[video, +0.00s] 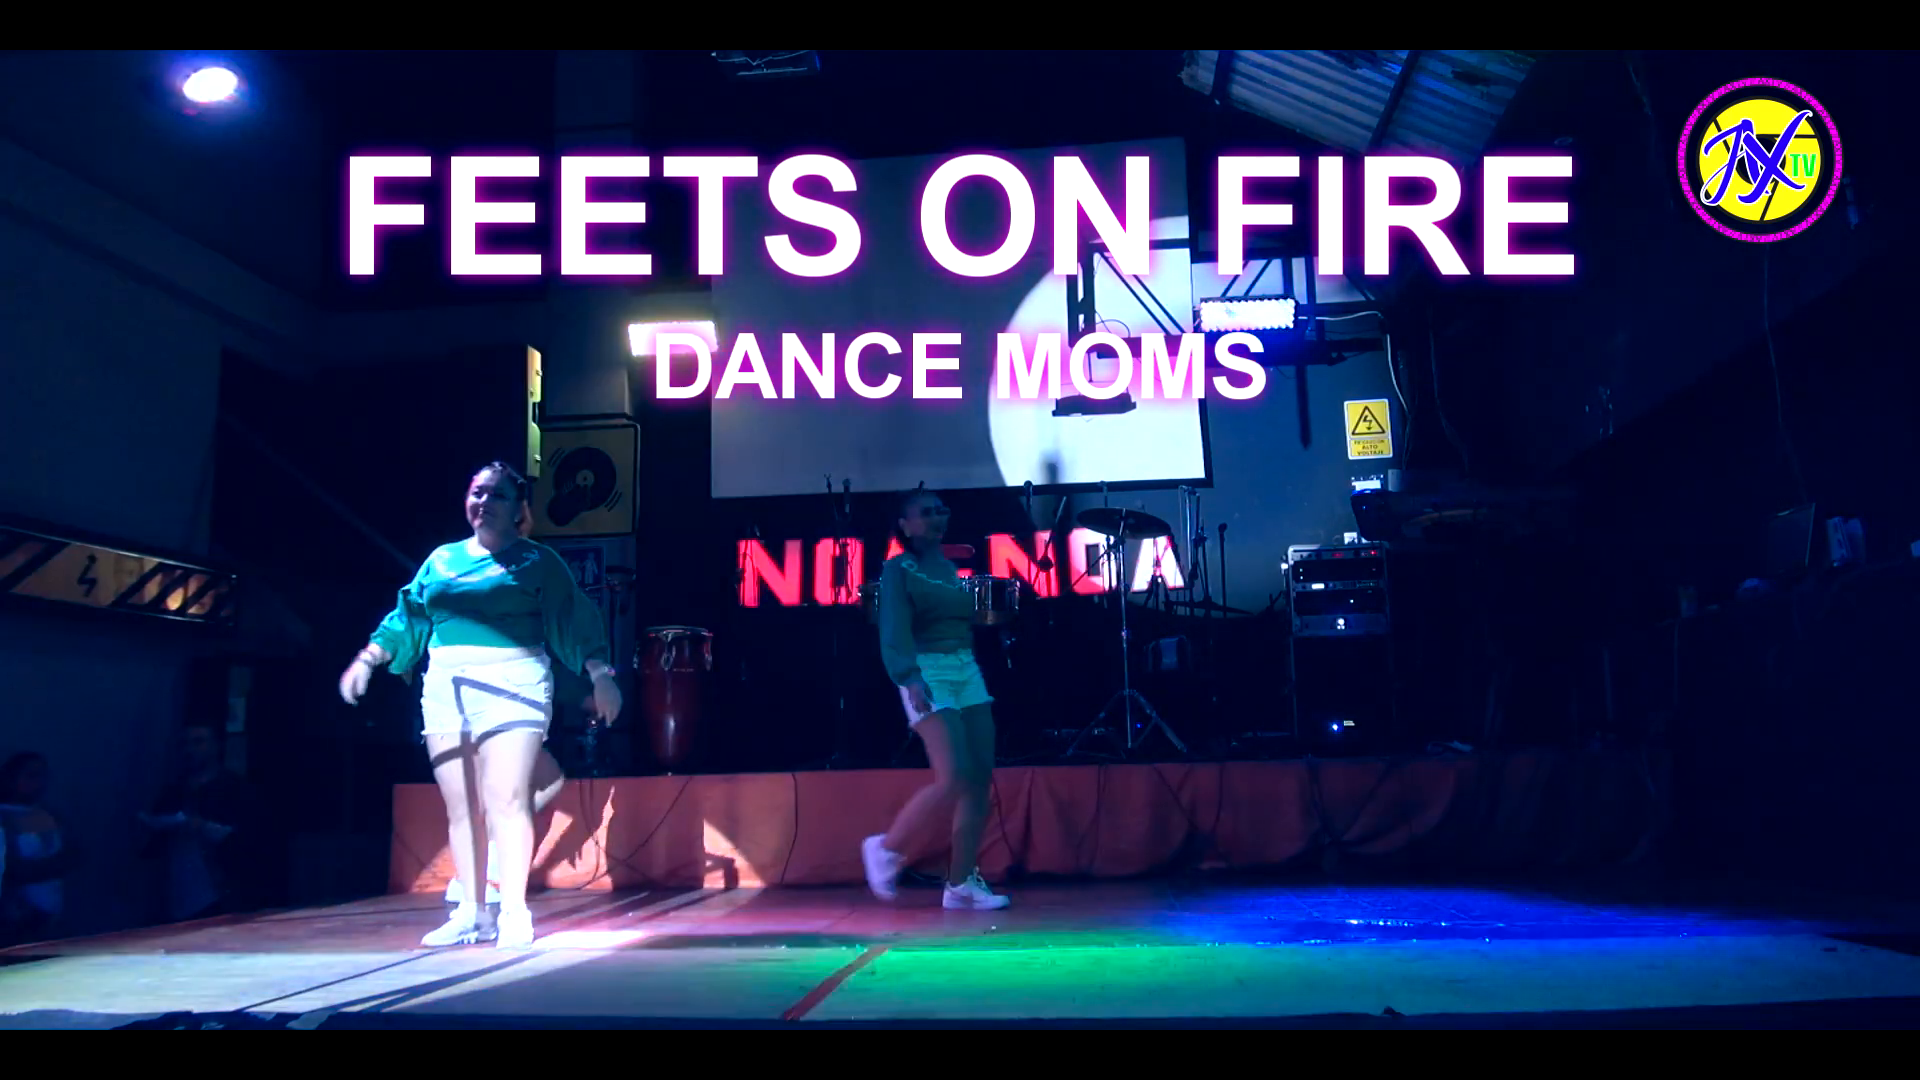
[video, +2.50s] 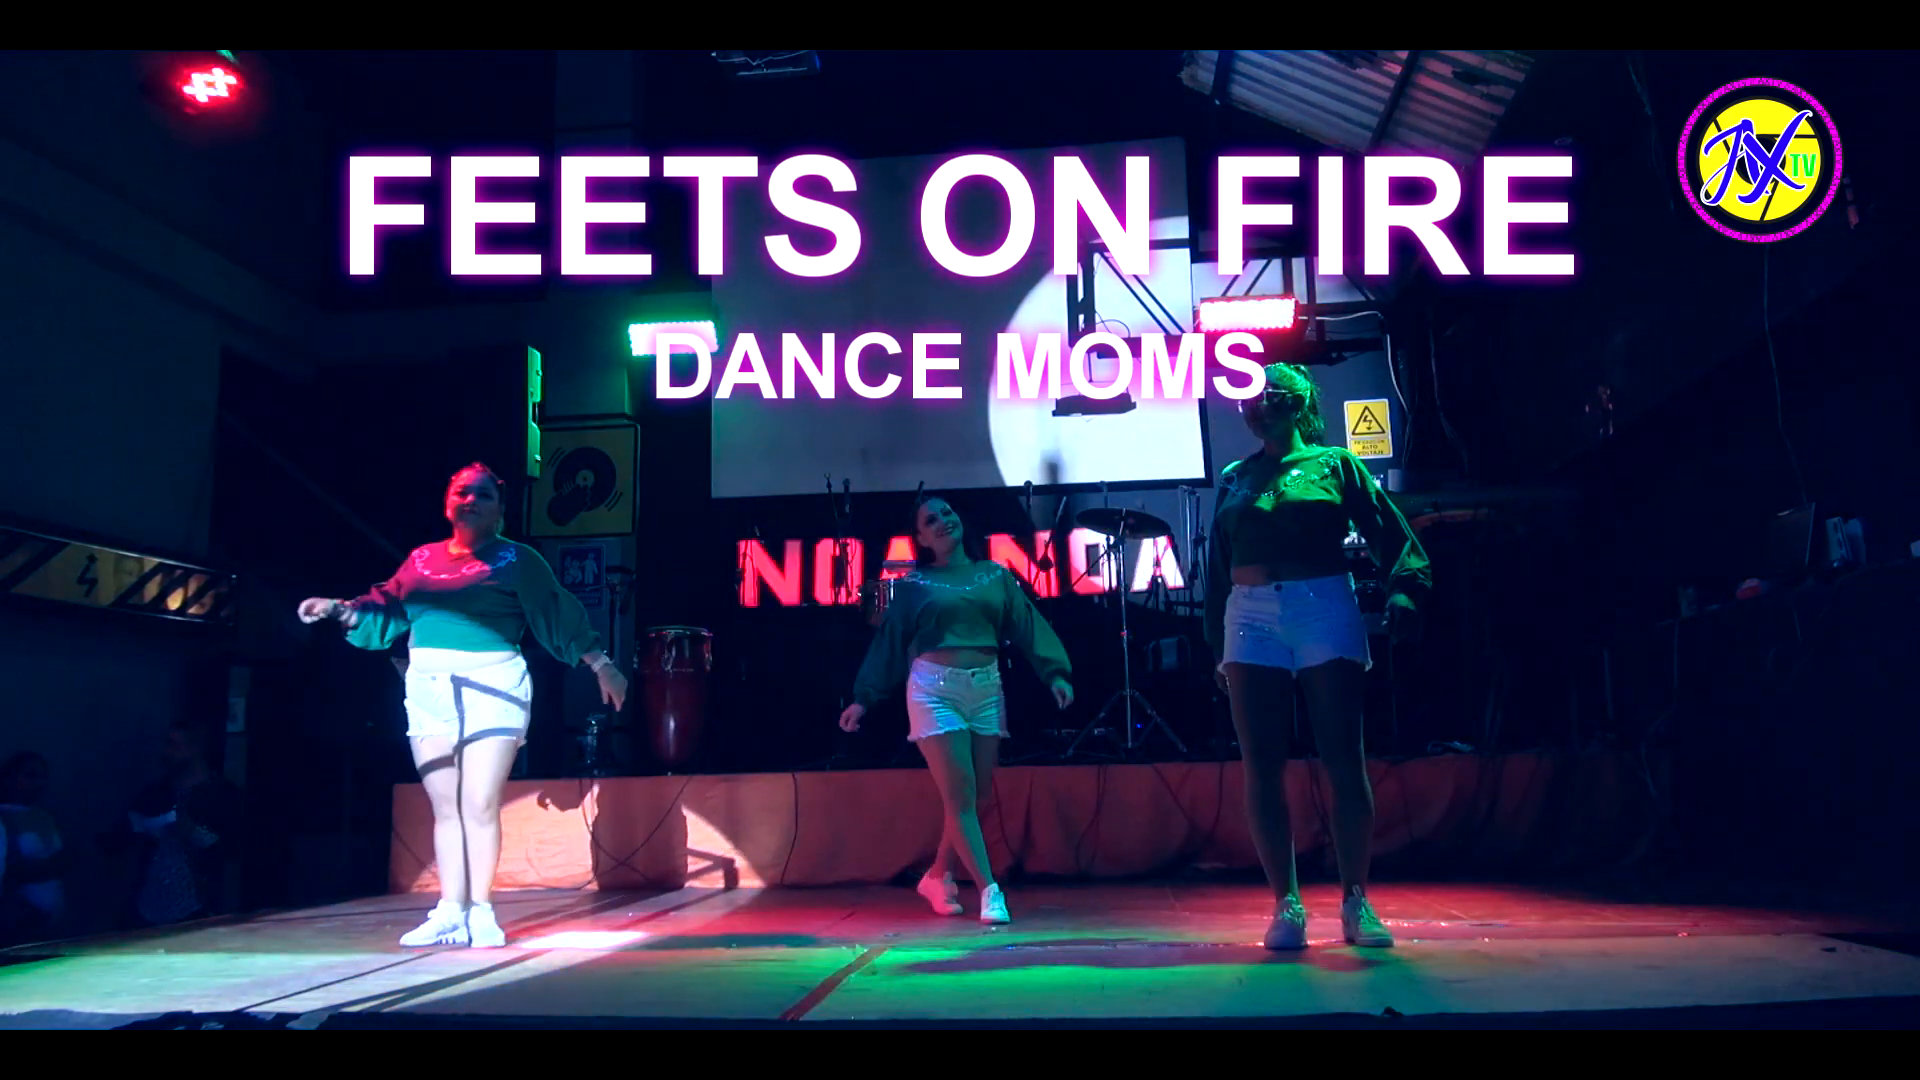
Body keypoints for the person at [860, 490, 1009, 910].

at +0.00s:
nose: (936, 518)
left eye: (939, 511)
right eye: (926, 513)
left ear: (944, 520)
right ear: (905, 524)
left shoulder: (948, 570)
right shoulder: (898, 571)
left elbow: (960, 620)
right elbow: (893, 631)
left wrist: (988, 612)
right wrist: (909, 679)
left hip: (967, 670)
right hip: (926, 674)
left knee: (978, 779)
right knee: (952, 778)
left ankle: (961, 882)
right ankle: (885, 849)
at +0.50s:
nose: (1027, 506)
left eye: (1034, 498)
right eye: (1019, 502)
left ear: (1054, 501)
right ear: (1012, 514)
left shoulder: (1087, 551)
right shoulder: (1010, 565)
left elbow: (1121, 611)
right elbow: (987, 632)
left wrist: (1157, 656)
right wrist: (988, 694)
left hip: (1085, 660)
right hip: (1032, 657)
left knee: (1098, 780)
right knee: (1066, 773)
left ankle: (1022, 844)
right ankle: (1093, 889)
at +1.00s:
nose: (1169, 471)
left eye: (1171, 463)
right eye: (1156, 465)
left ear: (1177, 471)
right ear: (1129, 476)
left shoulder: (1191, 529)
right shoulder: (1115, 529)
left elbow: (1202, 590)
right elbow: (1094, 601)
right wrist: (1098, 641)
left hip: (1204, 639)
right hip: (1145, 645)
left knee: (1236, 759)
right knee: (1160, 773)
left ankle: (1233, 894)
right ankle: (1111, 868)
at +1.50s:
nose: (1203, 438)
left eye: (1214, 427)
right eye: (1195, 433)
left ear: (1240, 436)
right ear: (1189, 449)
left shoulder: (1283, 489)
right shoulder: (1187, 511)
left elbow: (1341, 551)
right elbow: (1169, 593)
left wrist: (1370, 597)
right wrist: (1170, 666)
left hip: (1272, 631)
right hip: (1207, 629)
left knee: (1279, 770)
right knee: (1242, 764)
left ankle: (1238, 879)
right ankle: (1275, 902)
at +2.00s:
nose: (1272, 424)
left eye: (1281, 415)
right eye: (1262, 418)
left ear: (1301, 423)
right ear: (1248, 430)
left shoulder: (1336, 477)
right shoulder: (1232, 490)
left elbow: (1372, 555)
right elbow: (1205, 570)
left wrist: (1384, 623)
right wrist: (1196, 620)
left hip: (1338, 617)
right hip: (1262, 623)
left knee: (1353, 760)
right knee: (1268, 765)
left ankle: (1356, 899)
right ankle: (1280, 900)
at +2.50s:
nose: (1253, 406)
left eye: (1265, 397)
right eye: (1250, 399)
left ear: (1298, 405)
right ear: (1249, 413)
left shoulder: (1338, 465)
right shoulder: (1235, 480)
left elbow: (1401, 542)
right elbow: (1217, 572)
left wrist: (1399, 596)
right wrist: (1220, 644)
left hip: (1325, 609)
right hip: (1249, 613)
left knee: (1343, 759)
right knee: (1262, 764)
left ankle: (1355, 901)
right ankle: (1286, 904)